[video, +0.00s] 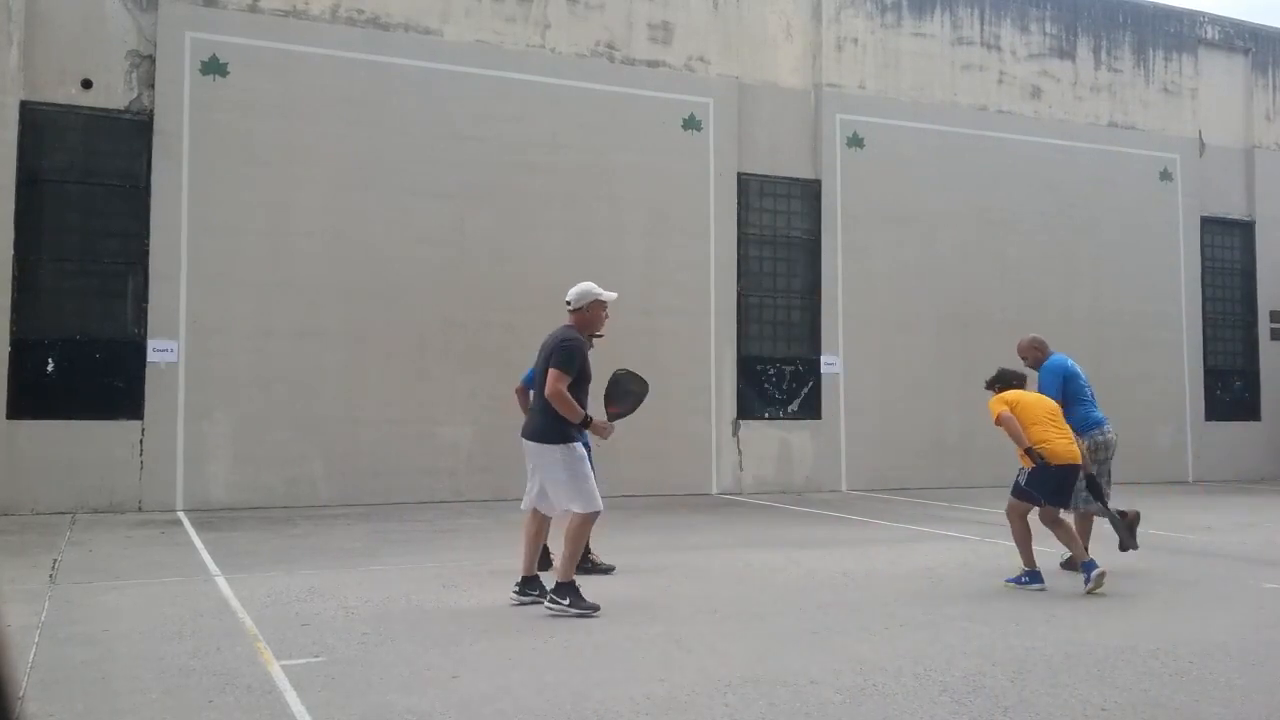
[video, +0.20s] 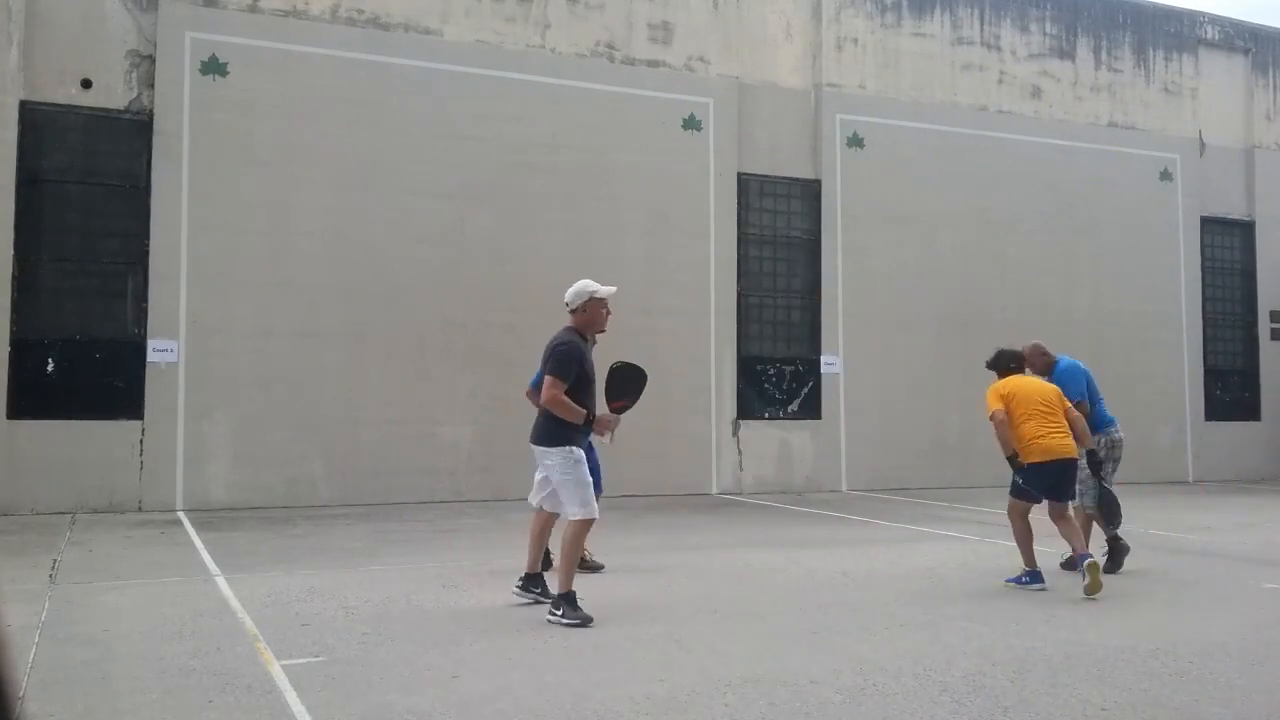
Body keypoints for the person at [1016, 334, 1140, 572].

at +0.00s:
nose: (1026, 364)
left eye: (1026, 358)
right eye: (1023, 360)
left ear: (1039, 351)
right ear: (1040, 350)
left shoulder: (1051, 368)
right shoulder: (1062, 362)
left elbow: (1048, 411)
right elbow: (1053, 408)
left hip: (1090, 437)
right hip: (1100, 434)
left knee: (1079, 499)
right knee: (1084, 500)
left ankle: (1121, 518)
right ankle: (1080, 555)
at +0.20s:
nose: (1031, 370)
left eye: (1031, 365)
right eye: (1029, 366)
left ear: (1044, 357)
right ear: (1043, 356)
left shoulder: (1069, 370)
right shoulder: (1054, 374)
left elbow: (1082, 410)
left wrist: (1052, 424)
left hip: (1104, 437)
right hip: (1088, 438)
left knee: (1090, 498)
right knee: (1082, 499)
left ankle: (1115, 542)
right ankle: (1080, 553)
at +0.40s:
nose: (1055, 367)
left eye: (1057, 362)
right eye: (1053, 363)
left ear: (1069, 353)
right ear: (1053, 360)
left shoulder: (1092, 371)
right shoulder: (1061, 374)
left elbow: (1112, 407)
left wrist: (1085, 433)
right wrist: (1062, 431)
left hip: (1108, 439)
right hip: (1083, 440)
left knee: (1099, 500)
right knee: (1077, 499)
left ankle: (1116, 552)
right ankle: (1080, 554)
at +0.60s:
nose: (1082, 350)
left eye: (1086, 345)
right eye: (1079, 345)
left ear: (1096, 344)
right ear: (1073, 346)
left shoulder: (1112, 366)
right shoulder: (1067, 368)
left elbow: (1130, 403)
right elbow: (1059, 402)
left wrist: (1105, 427)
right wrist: (1065, 426)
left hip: (1110, 438)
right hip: (1079, 437)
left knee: (1110, 497)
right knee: (1066, 498)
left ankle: (1118, 552)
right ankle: (1085, 547)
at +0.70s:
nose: (1099, 348)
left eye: (1100, 343)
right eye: (1095, 344)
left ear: (1103, 344)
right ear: (1081, 345)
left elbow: (1133, 401)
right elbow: (1048, 402)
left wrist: (1112, 426)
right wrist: (1053, 426)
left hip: (1104, 437)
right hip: (1073, 438)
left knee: (1110, 496)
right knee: (1066, 498)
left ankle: (1118, 552)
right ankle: (1083, 544)